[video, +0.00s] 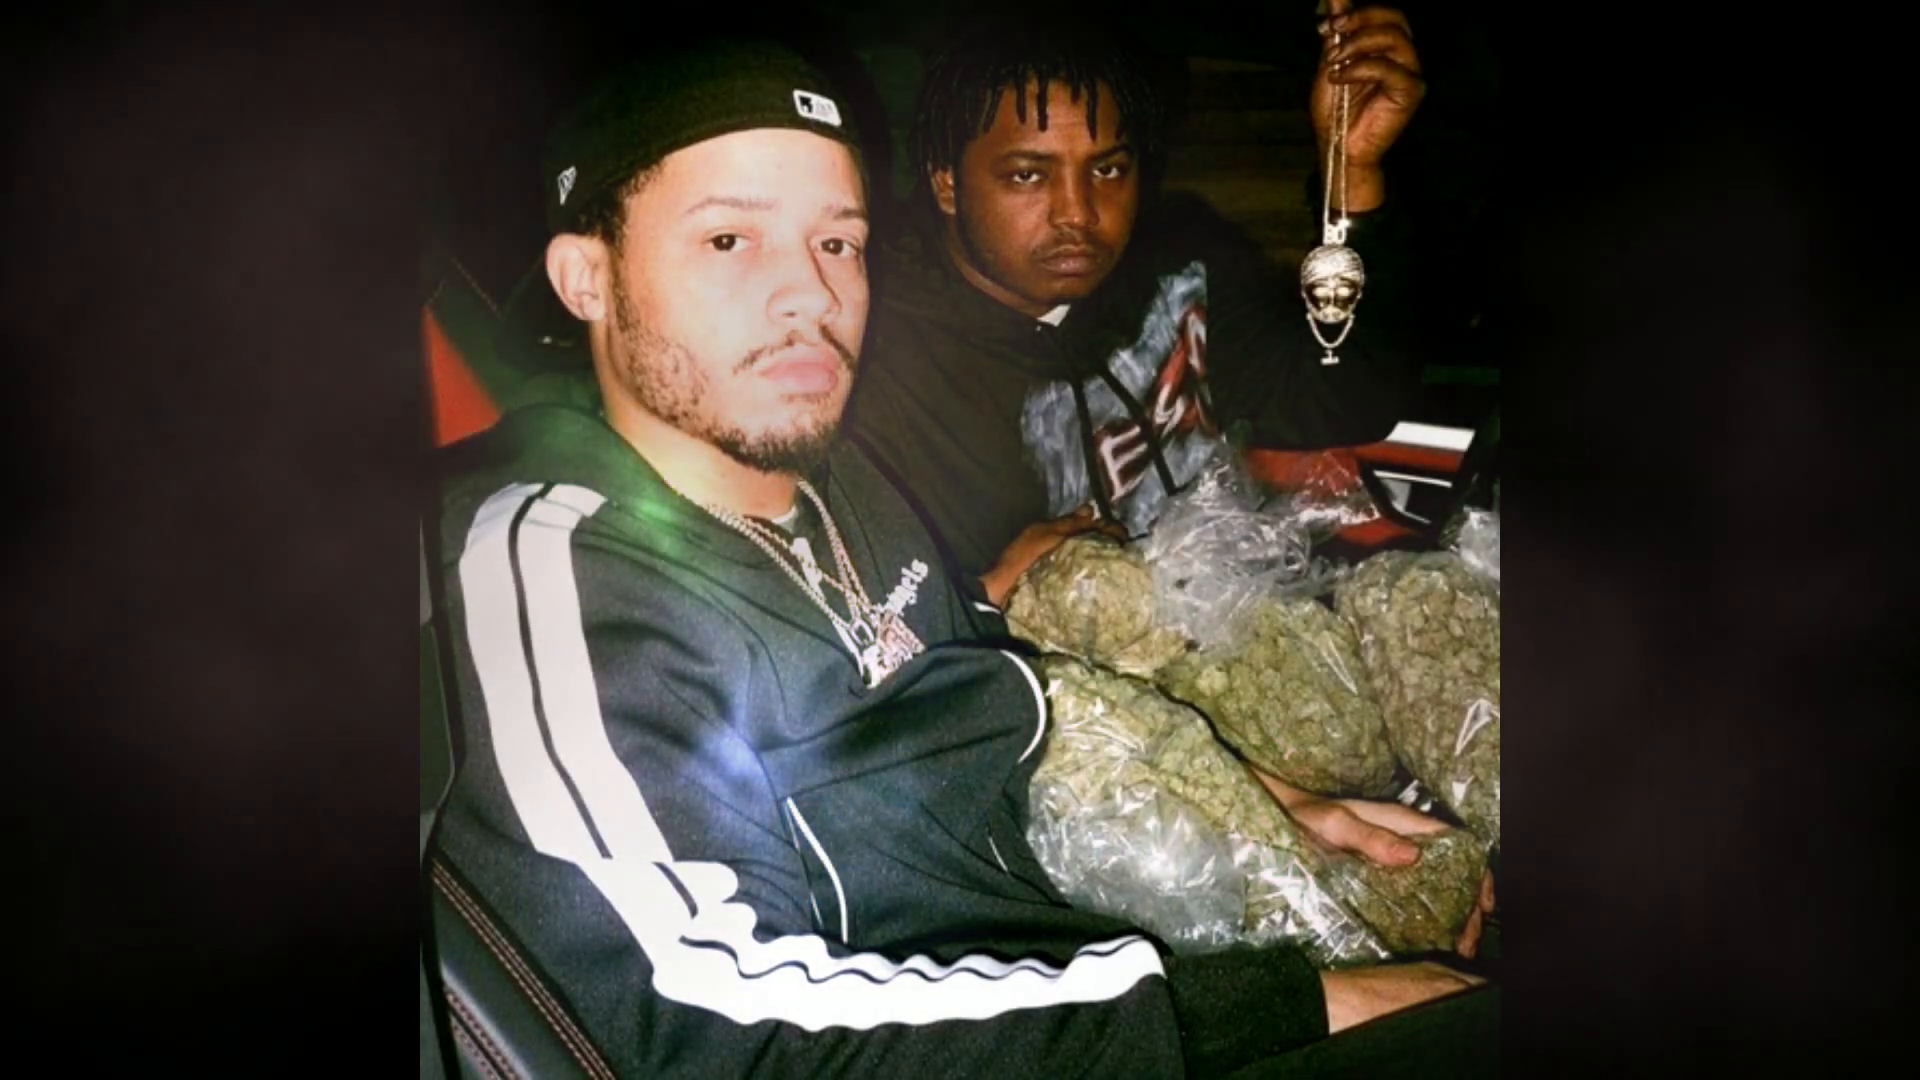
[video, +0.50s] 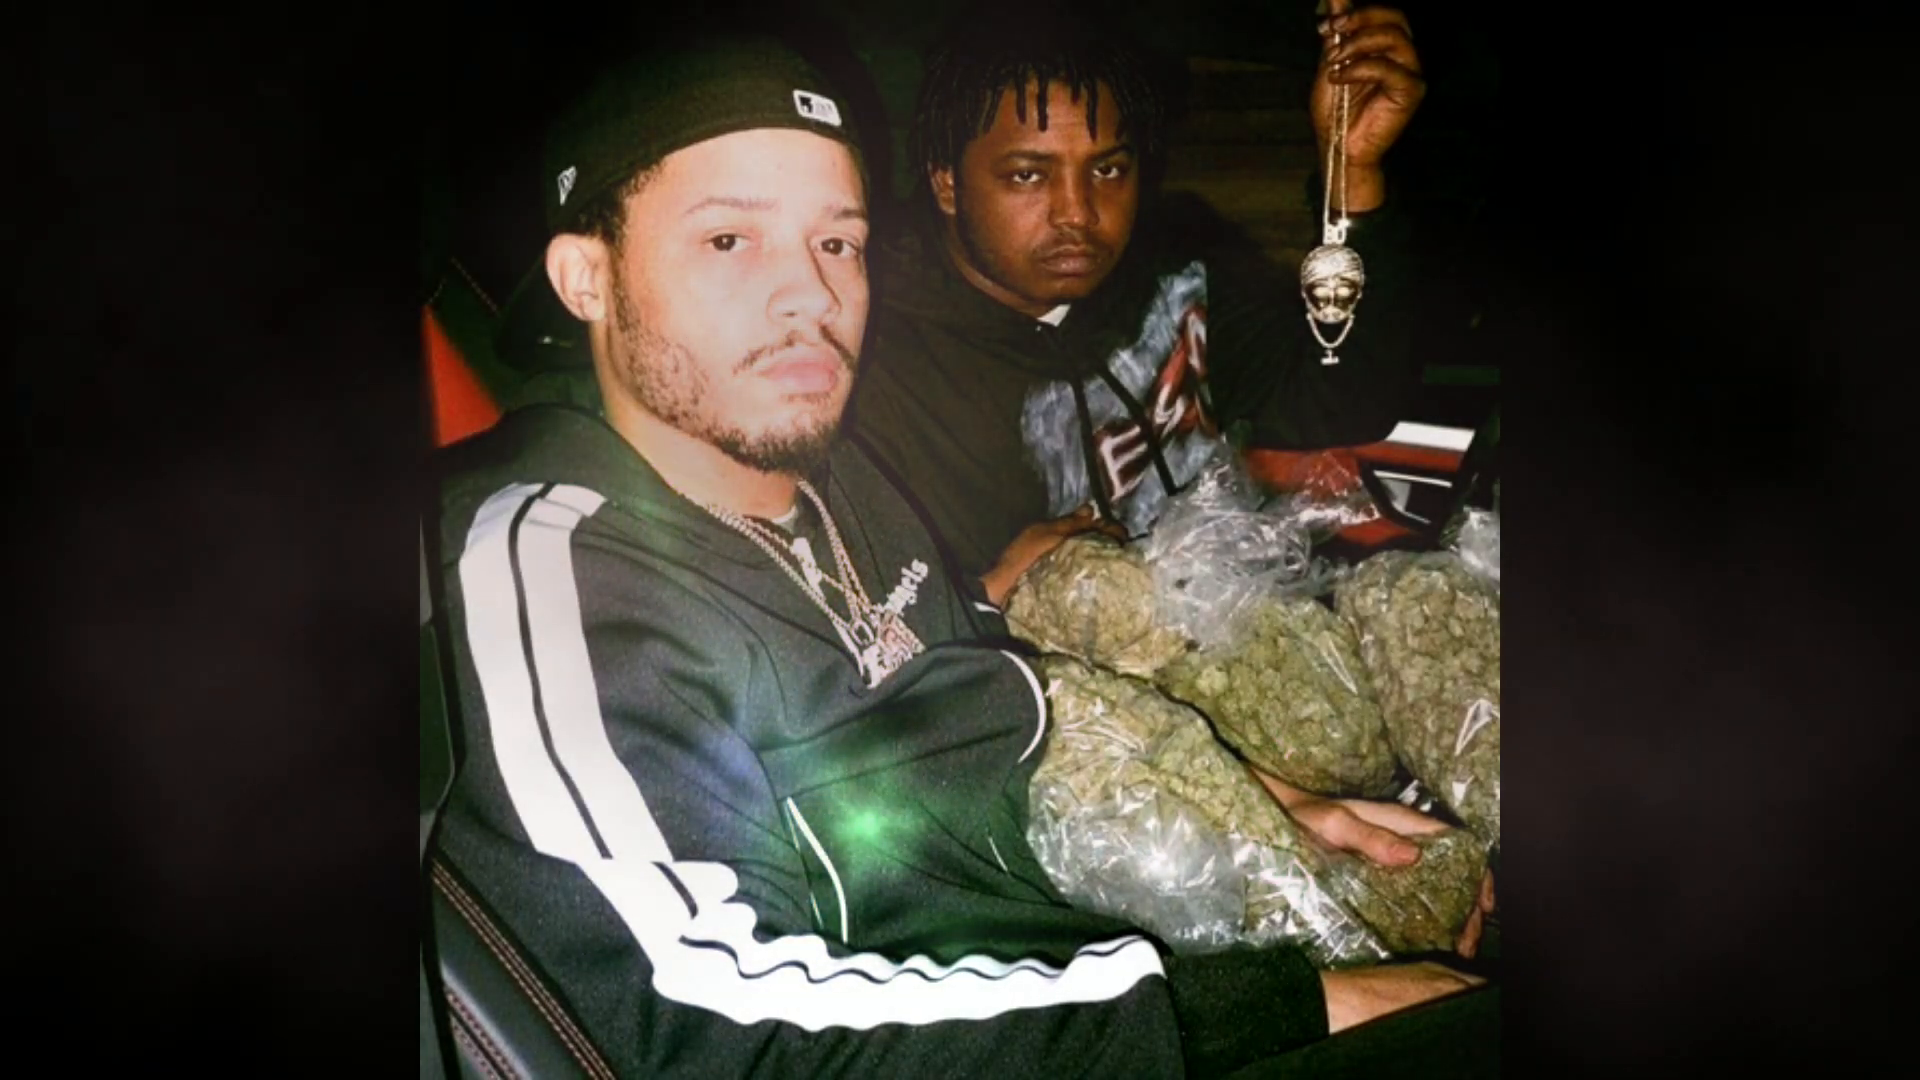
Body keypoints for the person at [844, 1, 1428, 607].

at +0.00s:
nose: (1078, 216)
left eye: (1108, 170)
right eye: (1028, 175)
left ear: (1142, 173)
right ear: (944, 186)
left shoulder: (1180, 256)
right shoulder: (892, 362)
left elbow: (1347, 414)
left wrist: (1352, 173)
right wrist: (992, 592)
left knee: (1429, 599)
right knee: (1082, 581)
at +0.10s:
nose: (1077, 217)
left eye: (1108, 170)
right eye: (1028, 175)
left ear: (1142, 173)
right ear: (944, 187)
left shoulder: (1180, 257)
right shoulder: (891, 361)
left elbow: (1348, 411)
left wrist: (1353, 172)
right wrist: (991, 594)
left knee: (1426, 601)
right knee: (1082, 582)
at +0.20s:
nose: (1077, 217)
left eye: (1108, 171)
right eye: (1028, 175)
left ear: (1142, 173)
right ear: (944, 187)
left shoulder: (1180, 258)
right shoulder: (890, 360)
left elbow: (1338, 420)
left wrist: (1352, 172)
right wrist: (990, 594)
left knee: (1424, 599)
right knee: (1082, 584)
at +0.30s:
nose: (1077, 216)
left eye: (1108, 171)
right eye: (1028, 175)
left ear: (1142, 173)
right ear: (944, 187)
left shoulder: (1181, 256)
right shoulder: (891, 357)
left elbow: (1349, 411)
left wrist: (1352, 172)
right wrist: (992, 591)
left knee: (1425, 599)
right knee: (1080, 580)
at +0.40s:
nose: (1077, 216)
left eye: (1108, 171)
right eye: (1028, 175)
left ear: (1142, 173)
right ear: (944, 187)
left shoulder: (1180, 256)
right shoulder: (890, 359)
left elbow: (1350, 409)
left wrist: (1352, 173)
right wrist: (992, 594)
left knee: (1425, 598)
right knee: (1080, 580)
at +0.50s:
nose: (1077, 216)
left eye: (1108, 171)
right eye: (1028, 175)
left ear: (1142, 172)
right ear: (945, 187)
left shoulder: (1180, 256)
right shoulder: (892, 360)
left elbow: (1351, 409)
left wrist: (1352, 172)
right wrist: (992, 592)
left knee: (1424, 598)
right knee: (1079, 580)